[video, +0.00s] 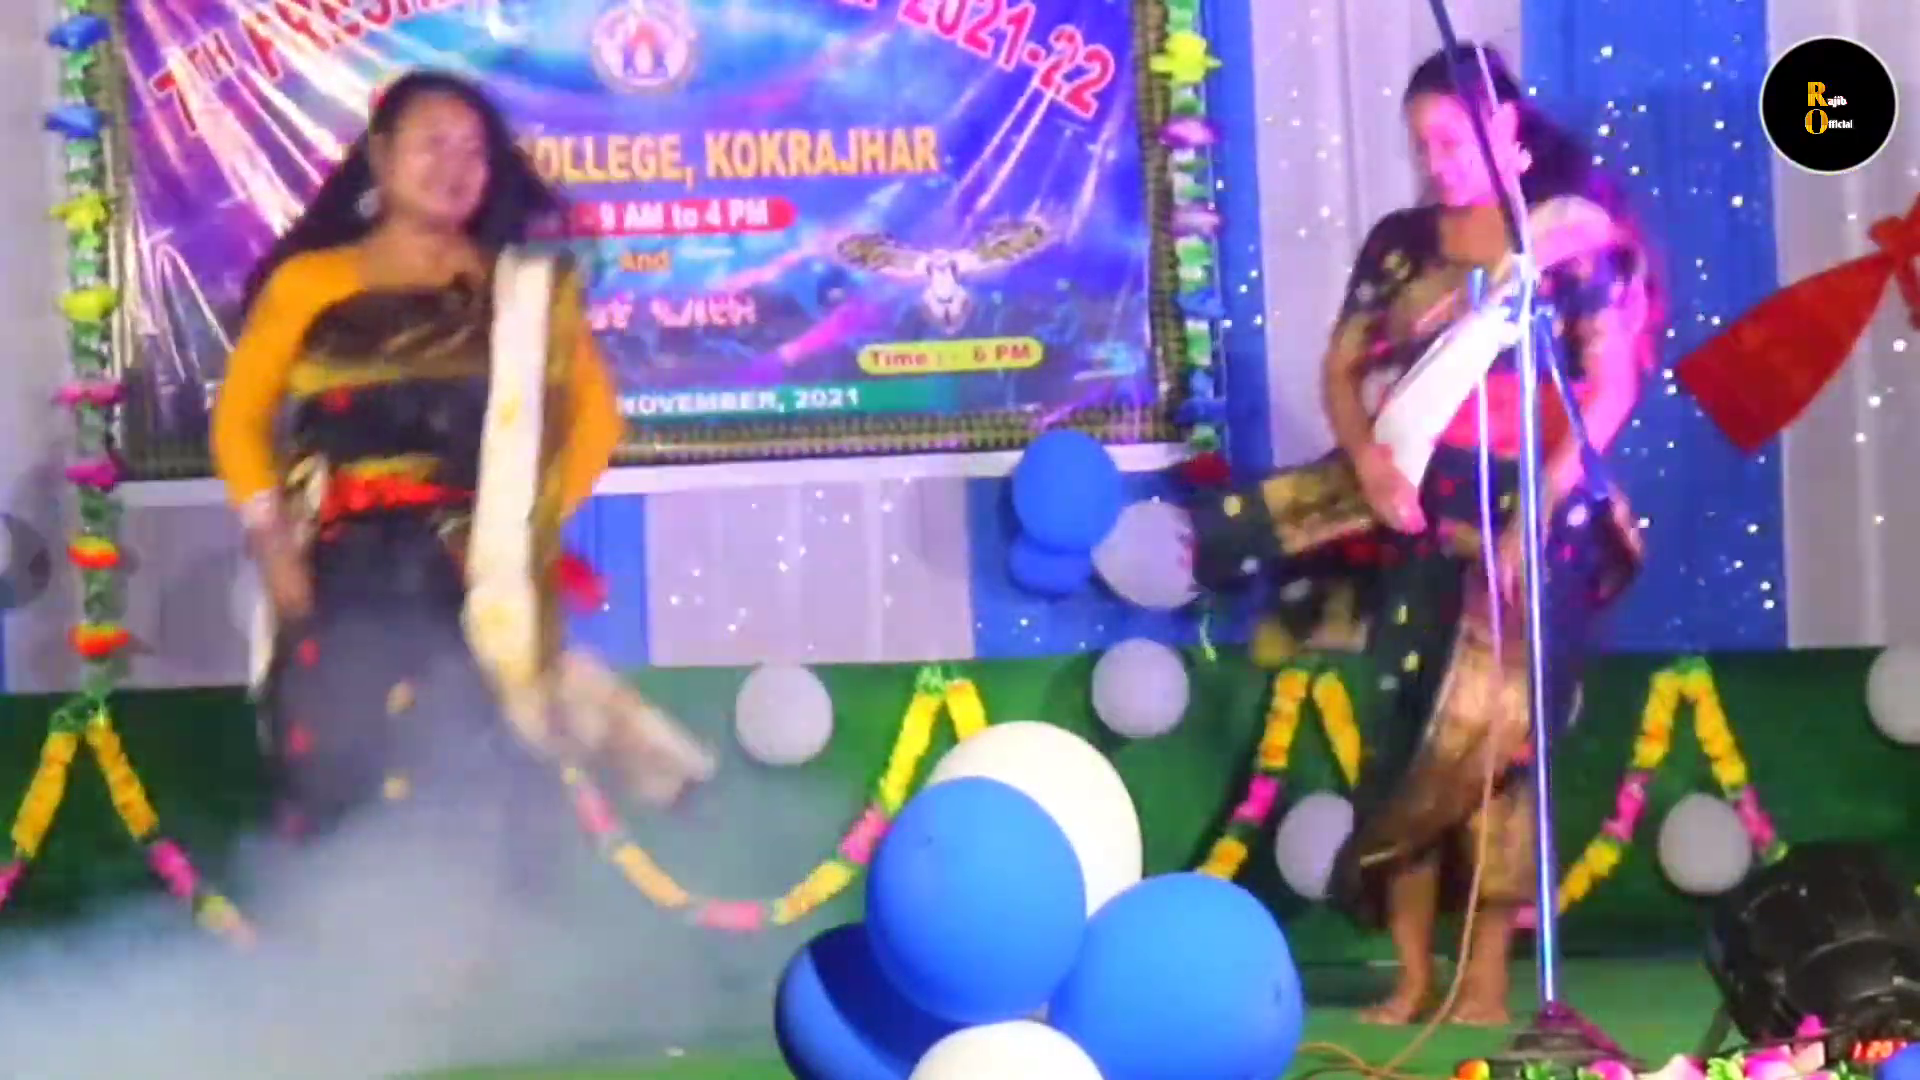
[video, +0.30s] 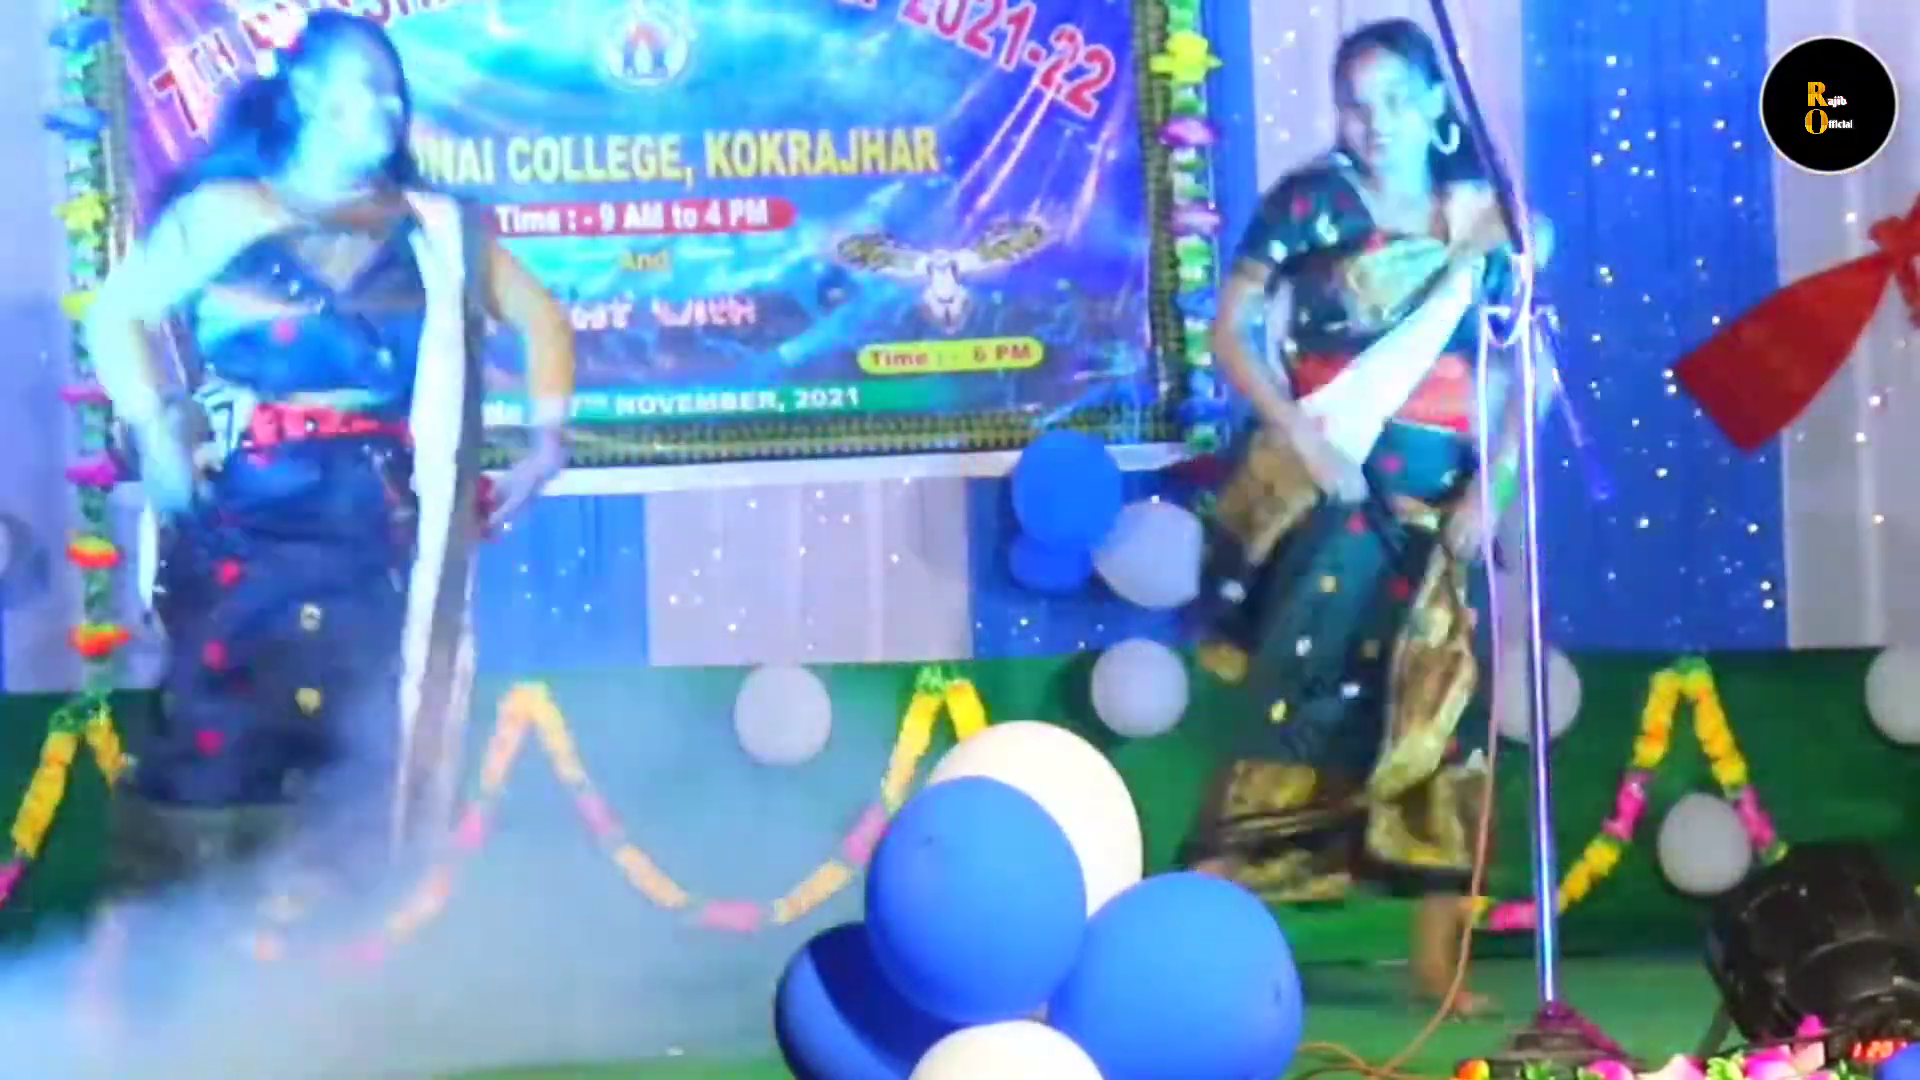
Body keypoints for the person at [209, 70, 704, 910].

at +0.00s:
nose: (455, 165)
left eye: (473, 149)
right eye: (432, 144)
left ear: (492, 172)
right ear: (382, 158)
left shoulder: (526, 286)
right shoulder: (311, 281)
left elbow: (593, 415)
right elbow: (238, 418)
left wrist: (530, 526)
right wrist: (276, 547)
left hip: (475, 574)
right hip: (346, 577)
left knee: (481, 797)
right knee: (336, 791)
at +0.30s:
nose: (375, 110)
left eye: (385, 91)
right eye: (352, 88)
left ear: (402, 105)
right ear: (301, 94)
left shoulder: (437, 225)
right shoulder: (223, 214)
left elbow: (542, 317)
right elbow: (114, 316)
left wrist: (547, 447)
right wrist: (160, 434)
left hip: (378, 540)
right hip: (242, 536)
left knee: (366, 781)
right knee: (209, 781)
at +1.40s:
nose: (581, 107)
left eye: (590, 91)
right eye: (550, 100)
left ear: (615, 111)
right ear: (505, 141)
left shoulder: (645, 236)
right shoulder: (522, 218)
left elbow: (758, 299)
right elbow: (472, 285)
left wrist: (845, 304)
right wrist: (438, 231)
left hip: (690, 502)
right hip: (605, 511)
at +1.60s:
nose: (569, 172)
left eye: (587, 153)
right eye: (561, 156)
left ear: (646, 157)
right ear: (557, 171)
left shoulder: (735, 273)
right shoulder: (544, 285)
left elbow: (826, 351)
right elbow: (509, 390)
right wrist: (619, 349)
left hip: (728, 524)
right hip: (604, 531)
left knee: (769, 725)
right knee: (639, 739)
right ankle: (657, 958)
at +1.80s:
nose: (596, 103)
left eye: (611, 84)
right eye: (593, 85)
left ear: (653, 80)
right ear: (590, 88)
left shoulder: (720, 179)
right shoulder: (569, 197)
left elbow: (659, 232)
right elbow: (454, 283)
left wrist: (571, 181)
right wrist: (523, 191)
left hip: (666, 476)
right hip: (554, 479)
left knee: (672, 695)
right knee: (552, 704)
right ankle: (593, 900)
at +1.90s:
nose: (572, 137)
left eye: (582, 116)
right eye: (577, 116)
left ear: (620, 125)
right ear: (669, 119)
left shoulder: (672, 232)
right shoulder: (636, 233)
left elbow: (610, 311)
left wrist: (485, 328)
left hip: (645, 545)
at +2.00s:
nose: (560, 174)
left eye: (572, 154)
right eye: (567, 153)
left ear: (610, 166)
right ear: (649, 168)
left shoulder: (632, 280)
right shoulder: (649, 272)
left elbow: (569, 377)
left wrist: (470, 450)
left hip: (606, 566)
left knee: (577, 777)